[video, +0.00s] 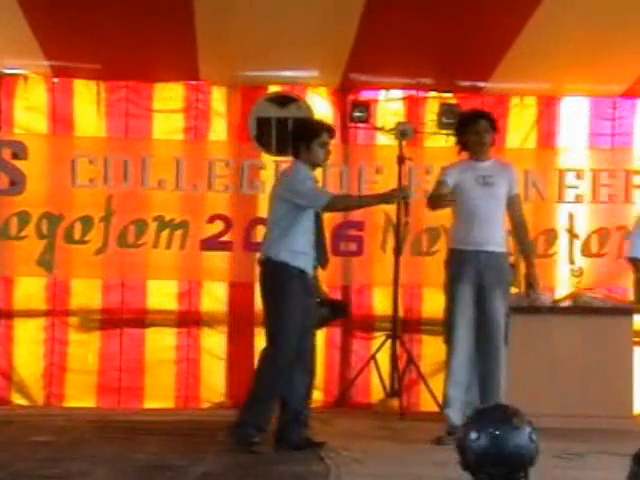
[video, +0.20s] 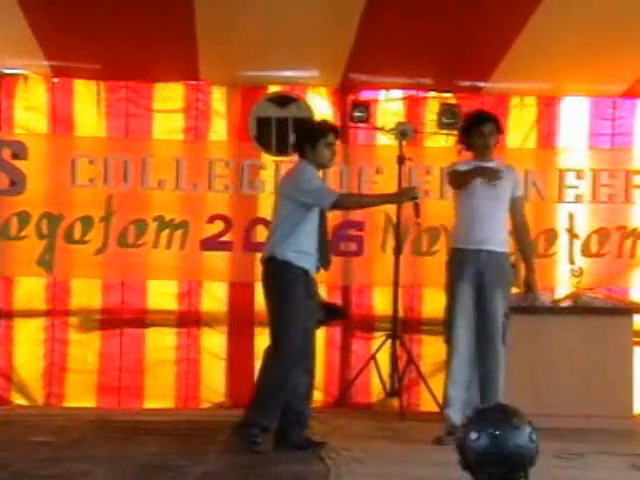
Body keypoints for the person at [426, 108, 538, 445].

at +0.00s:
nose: (481, 139)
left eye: (486, 133)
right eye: (474, 133)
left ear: (494, 136)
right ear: (463, 138)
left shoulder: (506, 172)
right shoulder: (454, 171)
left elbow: (519, 222)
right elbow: (434, 202)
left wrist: (530, 268)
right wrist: (452, 195)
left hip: (495, 257)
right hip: (462, 256)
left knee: (495, 335)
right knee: (460, 335)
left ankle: (493, 413)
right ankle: (457, 416)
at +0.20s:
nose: (486, 141)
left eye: (491, 135)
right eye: (480, 135)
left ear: (498, 138)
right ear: (468, 139)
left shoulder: (509, 173)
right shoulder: (459, 169)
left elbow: (520, 224)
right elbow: (457, 180)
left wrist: (530, 271)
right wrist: (479, 172)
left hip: (496, 255)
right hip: (464, 253)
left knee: (493, 335)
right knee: (460, 335)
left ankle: (491, 413)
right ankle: (456, 415)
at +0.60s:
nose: (516, 150)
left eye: (520, 144)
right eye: (511, 143)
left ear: (523, 145)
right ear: (495, 142)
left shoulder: (521, 179)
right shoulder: (476, 172)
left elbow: (526, 222)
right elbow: (468, 212)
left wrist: (542, 240)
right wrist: (511, 207)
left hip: (507, 255)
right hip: (476, 253)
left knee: (506, 331)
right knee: (481, 331)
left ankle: (497, 408)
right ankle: (474, 411)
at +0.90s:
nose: (538, 151)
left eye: (539, 145)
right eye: (534, 144)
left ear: (531, 144)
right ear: (517, 142)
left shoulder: (527, 180)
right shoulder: (491, 174)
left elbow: (536, 219)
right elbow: (480, 222)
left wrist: (547, 217)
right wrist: (527, 223)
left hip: (514, 259)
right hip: (491, 258)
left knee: (509, 339)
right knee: (506, 338)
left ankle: (493, 414)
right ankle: (520, 420)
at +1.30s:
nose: (558, 148)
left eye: (559, 141)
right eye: (556, 141)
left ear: (540, 140)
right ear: (541, 140)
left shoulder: (537, 174)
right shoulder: (519, 172)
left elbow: (547, 218)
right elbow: (501, 228)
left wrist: (565, 243)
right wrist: (547, 247)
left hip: (539, 263)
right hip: (523, 264)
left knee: (548, 345)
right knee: (531, 346)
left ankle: (505, 414)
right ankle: (527, 427)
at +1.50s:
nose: (573, 149)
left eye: (575, 142)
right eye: (571, 141)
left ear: (554, 140)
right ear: (555, 140)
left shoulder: (546, 174)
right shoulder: (535, 172)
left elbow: (539, 232)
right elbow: (520, 228)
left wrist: (580, 248)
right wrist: (566, 251)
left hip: (549, 266)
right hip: (536, 267)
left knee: (573, 338)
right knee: (544, 342)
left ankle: (555, 421)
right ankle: (533, 425)